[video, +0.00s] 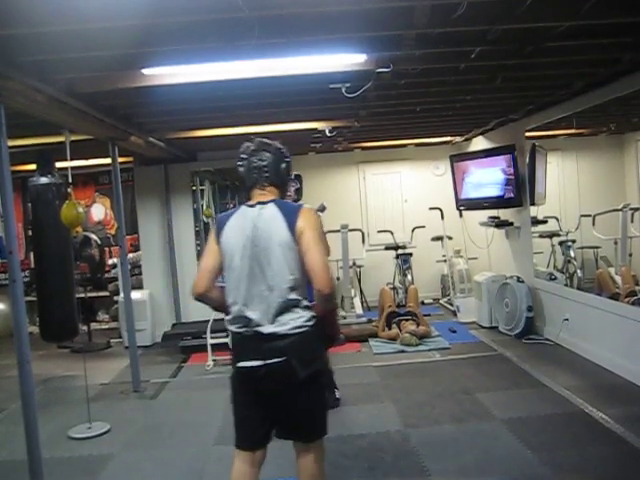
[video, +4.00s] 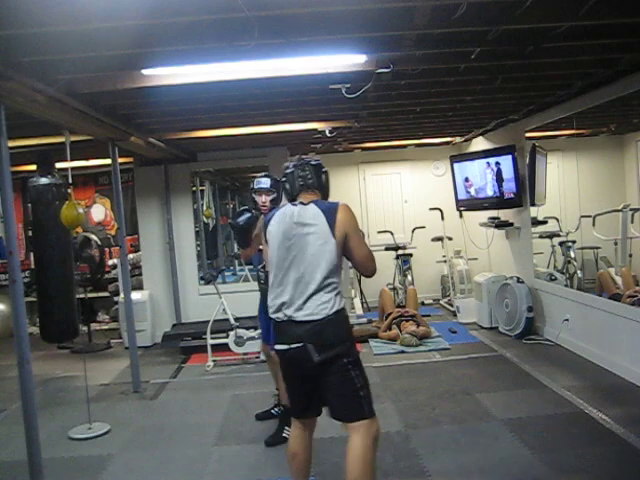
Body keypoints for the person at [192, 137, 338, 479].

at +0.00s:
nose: (289, 178)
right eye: (287, 172)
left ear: (245, 178)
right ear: (283, 176)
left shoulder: (223, 224)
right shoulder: (301, 215)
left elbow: (201, 289)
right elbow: (324, 286)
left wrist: (238, 307)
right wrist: (322, 317)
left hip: (248, 359)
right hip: (297, 355)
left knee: (247, 454)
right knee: (308, 451)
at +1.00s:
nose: (315, 179)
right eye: (313, 174)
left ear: (275, 181)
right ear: (310, 178)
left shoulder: (258, 223)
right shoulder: (322, 211)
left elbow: (245, 285)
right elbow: (346, 277)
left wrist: (277, 274)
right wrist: (329, 282)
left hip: (281, 336)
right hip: (324, 333)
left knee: (295, 425)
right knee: (325, 431)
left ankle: (298, 478)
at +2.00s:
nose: (337, 182)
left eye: (335, 176)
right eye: (335, 176)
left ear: (294, 182)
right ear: (329, 179)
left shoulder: (274, 225)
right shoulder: (341, 217)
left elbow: (271, 283)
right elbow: (373, 275)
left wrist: (301, 257)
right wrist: (363, 244)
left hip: (298, 340)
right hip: (341, 338)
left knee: (308, 423)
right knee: (343, 433)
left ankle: (302, 477)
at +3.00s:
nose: (319, 182)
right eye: (317, 177)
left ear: (279, 184)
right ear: (313, 179)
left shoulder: (264, 226)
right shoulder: (327, 213)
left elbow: (263, 280)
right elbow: (361, 268)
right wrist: (353, 241)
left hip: (285, 337)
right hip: (327, 336)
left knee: (301, 422)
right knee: (335, 430)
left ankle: (300, 476)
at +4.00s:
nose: (326, 187)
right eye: (325, 182)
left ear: (288, 187)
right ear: (322, 184)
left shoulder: (271, 221)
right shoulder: (337, 212)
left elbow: (271, 264)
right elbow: (368, 267)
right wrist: (342, 238)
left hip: (286, 335)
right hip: (328, 331)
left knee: (302, 421)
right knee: (362, 425)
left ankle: (299, 476)